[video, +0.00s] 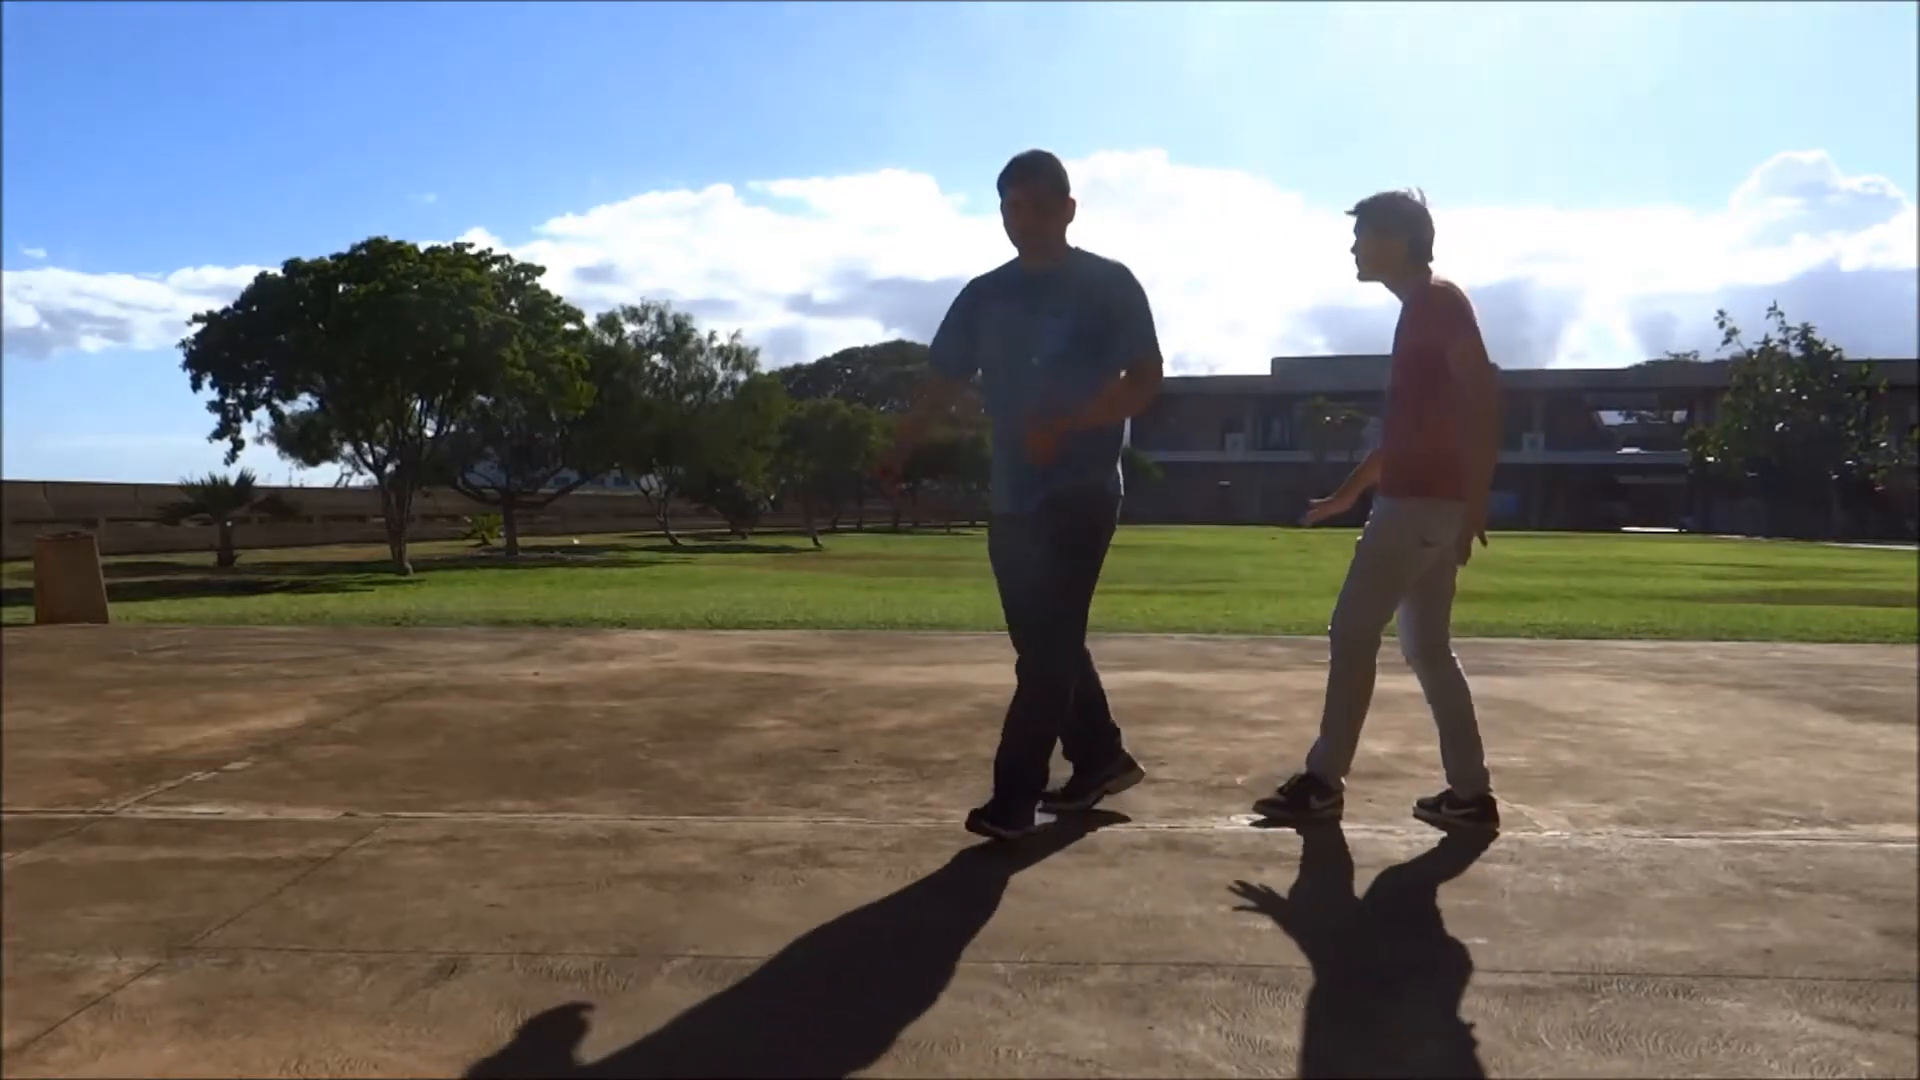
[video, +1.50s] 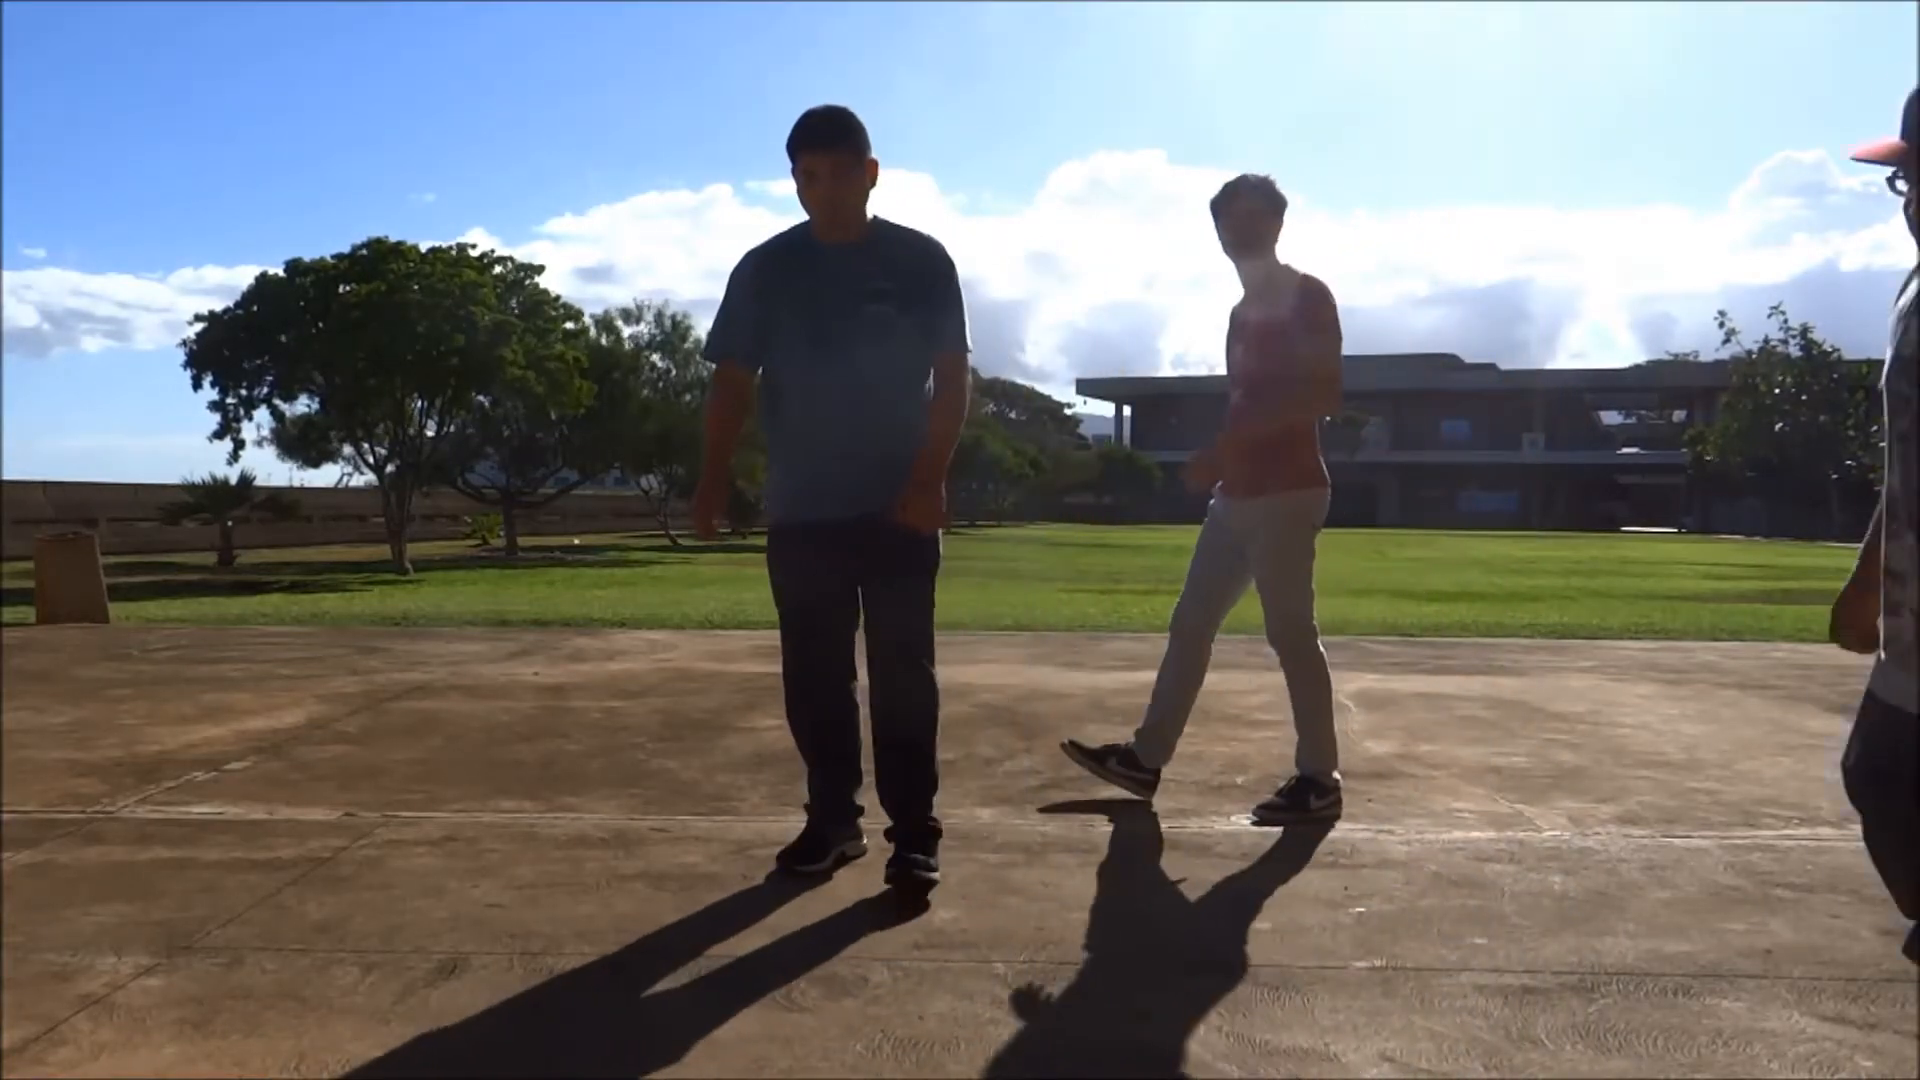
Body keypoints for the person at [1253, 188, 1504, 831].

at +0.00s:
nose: (1353, 246)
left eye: (1363, 235)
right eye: (1356, 235)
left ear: (1399, 242)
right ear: (1397, 245)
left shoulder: (1439, 302)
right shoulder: (1420, 310)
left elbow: (1482, 398)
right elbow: (1405, 425)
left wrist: (1476, 501)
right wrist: (1346, 494)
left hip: (1415, 505)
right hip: (1435, 504)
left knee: (1352, 629)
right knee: (1428, 649)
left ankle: (1323, 783)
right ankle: (1471, 794)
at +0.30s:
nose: (1345, 247)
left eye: (1354, 234)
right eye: (1346, 235)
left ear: (1392, 237)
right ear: (1376, 241)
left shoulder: (1429, 306)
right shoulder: (1393, 320)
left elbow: (1472, 400)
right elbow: (1381, 431)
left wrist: (1460, 500)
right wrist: (1322, 501)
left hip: (1403, 506)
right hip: (1406, 504)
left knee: (1341, 632)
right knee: (1416, 651)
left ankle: (1321, 785)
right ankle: (1469, 794)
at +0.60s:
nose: (1332, 245)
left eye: (1342, 231)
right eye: (1331, 233)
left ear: (1378, 233)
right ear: (1347, 238)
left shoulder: (1418, 306)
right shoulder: (1356, 325)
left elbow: (1456, 397)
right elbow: (1347, 425)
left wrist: (1448, 490)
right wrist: (1307, 501)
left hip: (1392, 498)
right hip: (1372, 497)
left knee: (1330, 630)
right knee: (1396, 645)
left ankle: (1322, 780)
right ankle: (1467, 783)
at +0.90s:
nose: (1310, 237)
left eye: (1320, 223)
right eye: (1306, 224)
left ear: (1354, 225)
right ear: (1305, 230)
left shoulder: (1390, 307)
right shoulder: (1316, 316)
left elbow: (1426, 409)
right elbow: (1314, 421)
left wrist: (1395, 489)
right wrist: (1283, 504)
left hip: (1356, 493)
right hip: (1319, 495)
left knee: (1314, 632)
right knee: (1341, 638)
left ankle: (1320, 781)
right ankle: (1442, 753)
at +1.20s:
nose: (1269, 229)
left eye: (1277, 215)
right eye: (1268, 217)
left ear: (1312, 217)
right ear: (1281, 223)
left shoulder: (1358, 297)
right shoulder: (1286, 311)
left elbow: (1381, 400)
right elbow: (1292, 403)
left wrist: (1321, 474)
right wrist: (1279, 474)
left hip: (1328, 488)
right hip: (1282, 483)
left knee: (1310, 632)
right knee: (1242, 619)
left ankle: (1320, 780)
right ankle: (1299, 755)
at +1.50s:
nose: (1230, 232)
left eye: (1242, 218)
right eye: (1223, 222)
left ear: (1274, 221)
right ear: (1218, 231)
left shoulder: (1309, 296)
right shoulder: (1241, 315)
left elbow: (1324, 395)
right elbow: (1249, 403)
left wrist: (1229, 443)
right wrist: (1220, 461)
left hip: (1288, 495)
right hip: (1239, 493)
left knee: (1293, 636)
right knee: (1191, 624)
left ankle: (1319, 778)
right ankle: (1145, 759)